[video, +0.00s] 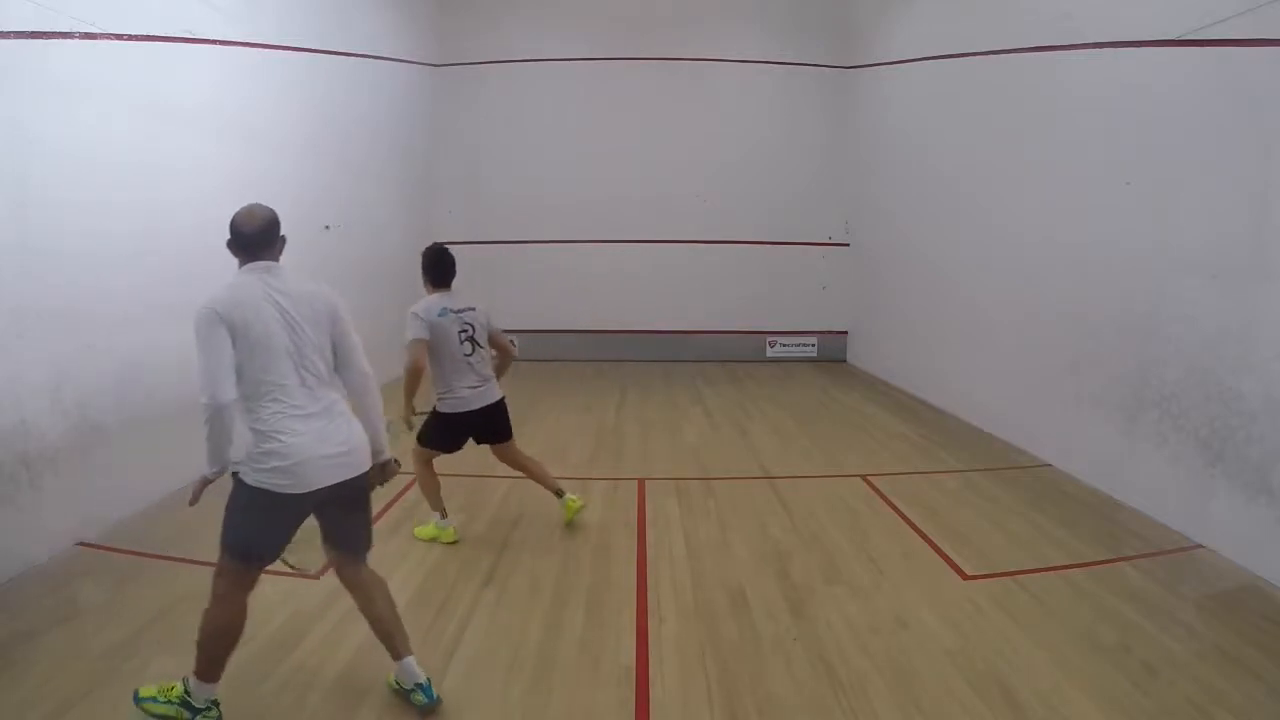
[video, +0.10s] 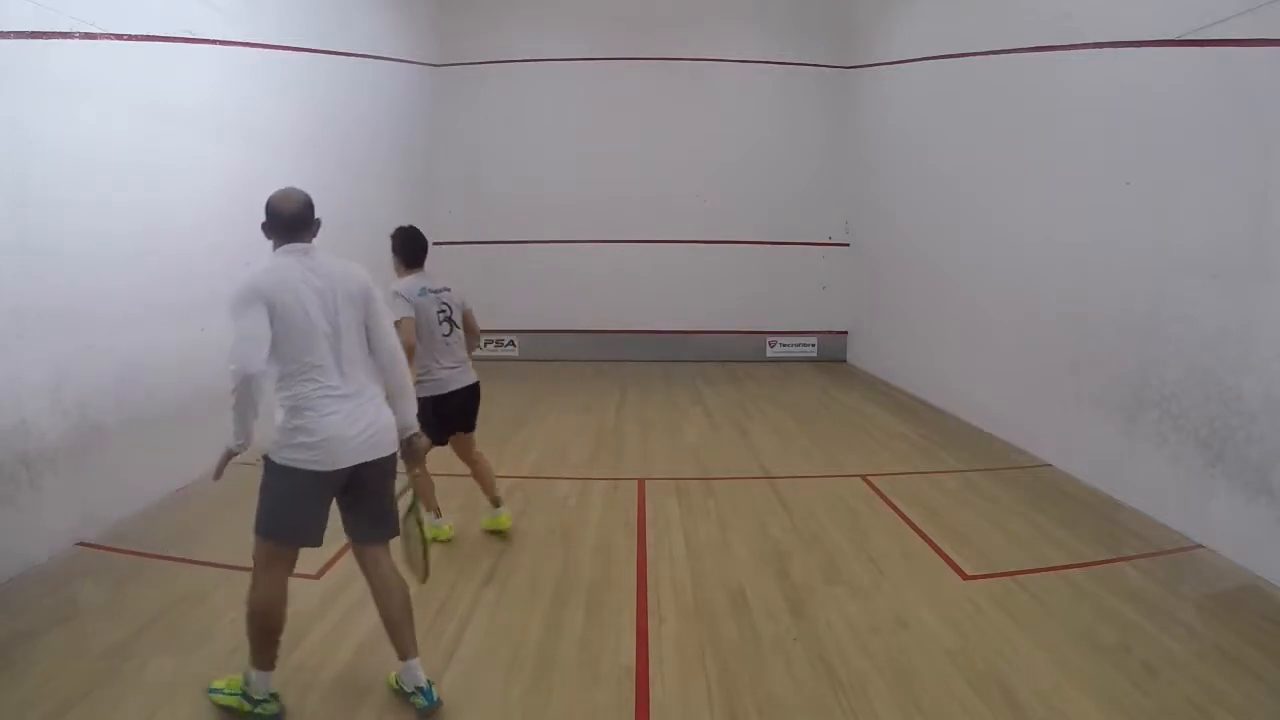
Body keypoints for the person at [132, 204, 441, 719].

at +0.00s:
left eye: (231, 242)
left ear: (230, 249)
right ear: (281, 244)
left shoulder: (220, 308)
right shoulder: (322, 297)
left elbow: (221, 399)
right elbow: (361, 378)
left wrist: (215, 465)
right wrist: (380, 448)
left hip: (275, 472)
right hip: (347, 460)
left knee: (231, 586)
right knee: (353, 563)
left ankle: (200, 695)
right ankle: (413, 676)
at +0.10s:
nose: (266, 232)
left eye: (265, 226)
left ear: (266, 232)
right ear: (316, 227)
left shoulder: (257, 286)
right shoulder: (357, 277)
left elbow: (247, 370)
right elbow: (392, 358)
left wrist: (241, 437)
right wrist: (409, 426)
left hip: (303, 451)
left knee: (272, 564)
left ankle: (259, 686)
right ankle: (415, 677)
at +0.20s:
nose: (298, 217)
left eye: (294, 210)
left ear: (293, 212)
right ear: (343, 208)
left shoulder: (281, 262)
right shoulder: (381, 256)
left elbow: (269, 338)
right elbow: (423, 335)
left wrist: (268, 414)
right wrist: (450, 402)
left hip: (326, 429)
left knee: (319, 541)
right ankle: (421, 654)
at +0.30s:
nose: (319, 221)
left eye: (318, 213)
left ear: (321, 215)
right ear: (368, 214)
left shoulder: (304, 263)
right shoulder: (405, 261)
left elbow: (290, 339)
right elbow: (450, 336)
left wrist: (288, 413)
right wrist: (486, 399)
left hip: (351, 434)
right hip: (415, 422)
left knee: (366, 543)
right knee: (406, 509)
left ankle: (418, 665)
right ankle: (452, 615)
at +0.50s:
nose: (358, 243)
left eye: (360, 235)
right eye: (360, 235)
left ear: (372, 235)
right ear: (405, 233)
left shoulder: (357, 280)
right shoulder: (447, 279)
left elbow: (350, 355)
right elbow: (476, 354)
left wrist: (335, 435)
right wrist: (500, 415)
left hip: (398, 438)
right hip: (455, 427)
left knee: (400, 547)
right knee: (472, 499)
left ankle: (429, 667)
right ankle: (510, 583)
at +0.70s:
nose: (385, 244)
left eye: (389, 235)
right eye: (384, 236)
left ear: (412, 232)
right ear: (425, 232)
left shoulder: (400, 272)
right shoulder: (474, 270)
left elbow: (409, 340)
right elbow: (493, 343)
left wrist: (402, 421)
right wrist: (502, 410)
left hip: (435, 412)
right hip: (488, 405)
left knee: (416, 497)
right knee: (493, 488)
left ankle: (451, 593)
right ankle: (517, 584)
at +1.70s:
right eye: (447, 240)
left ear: (415, 242)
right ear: (450, 243)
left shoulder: (389, 278)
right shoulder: (465, 280)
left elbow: (378, 335)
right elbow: (475, 340)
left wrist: (392, 374)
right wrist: (475, 381)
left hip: (407, 392)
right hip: (454, 389)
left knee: (409, 463)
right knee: (462, 451)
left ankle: (414, 543)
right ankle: (488, 524)